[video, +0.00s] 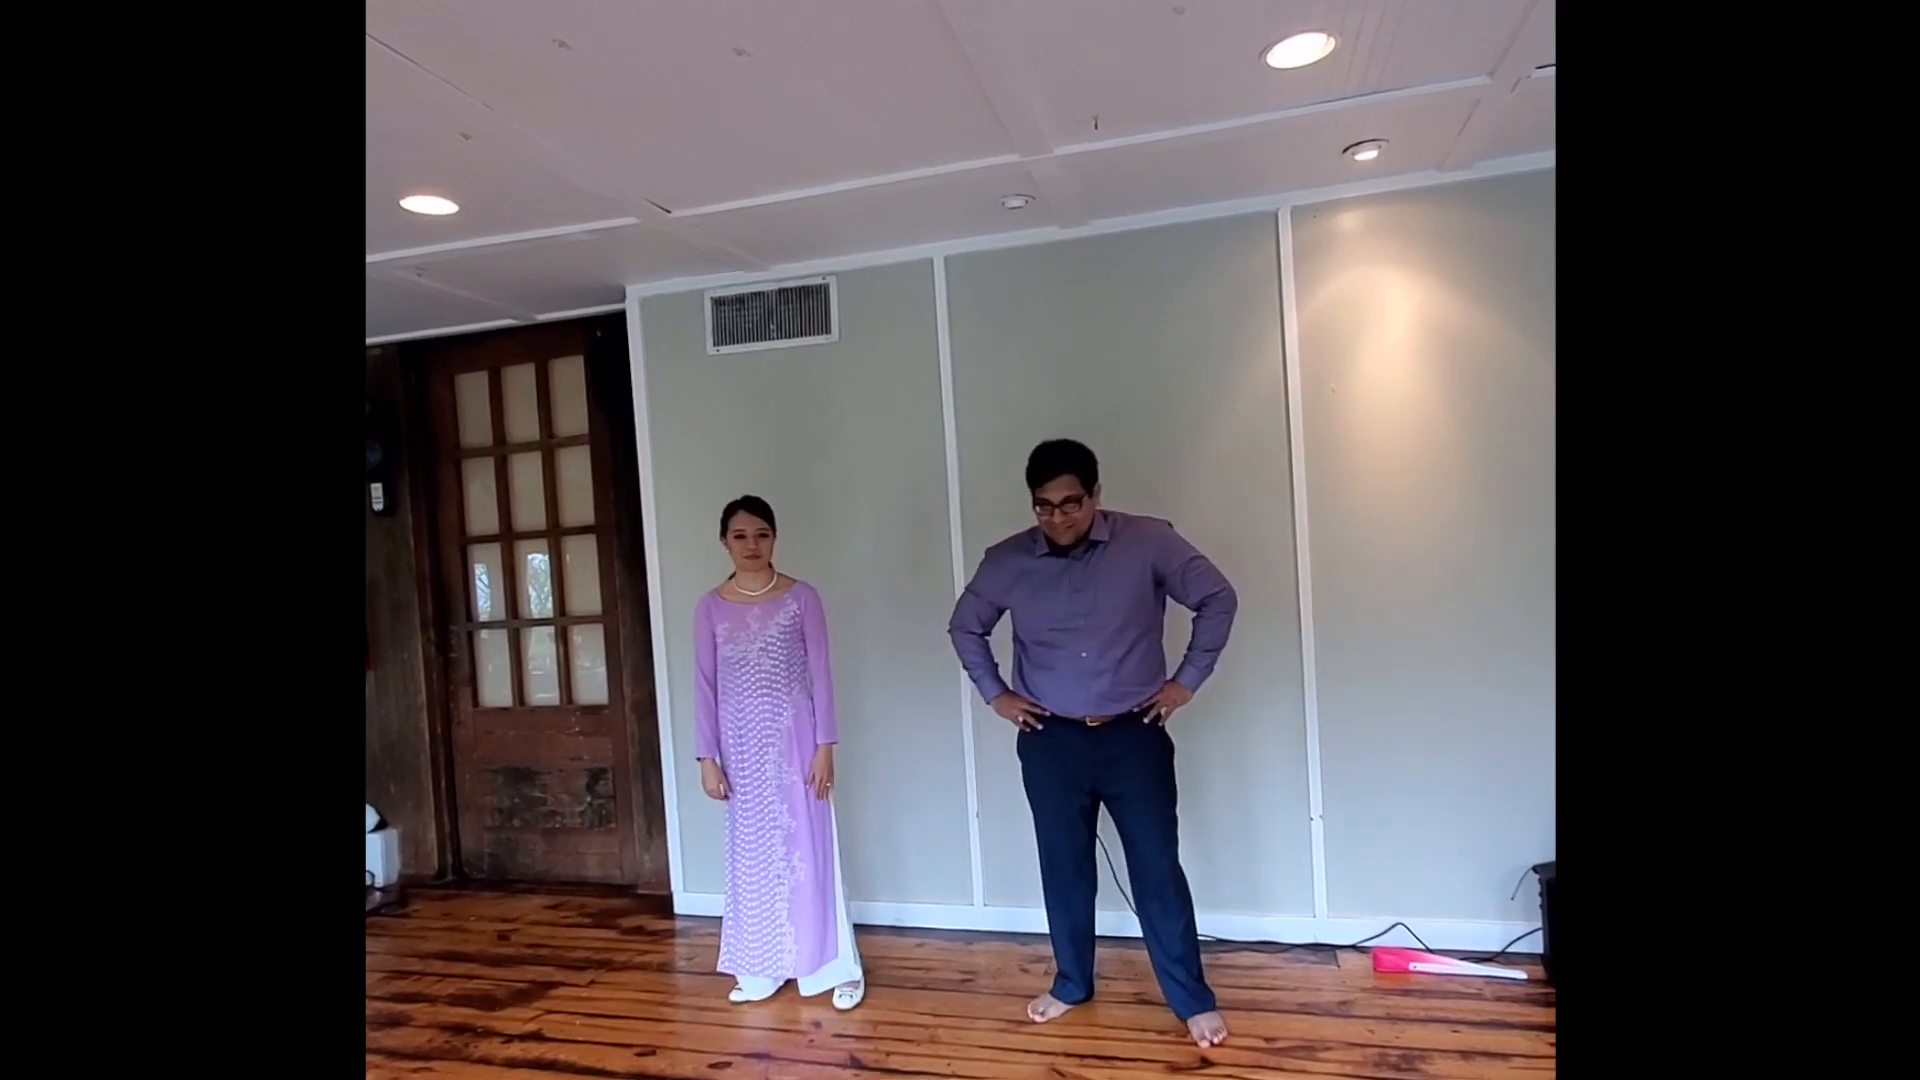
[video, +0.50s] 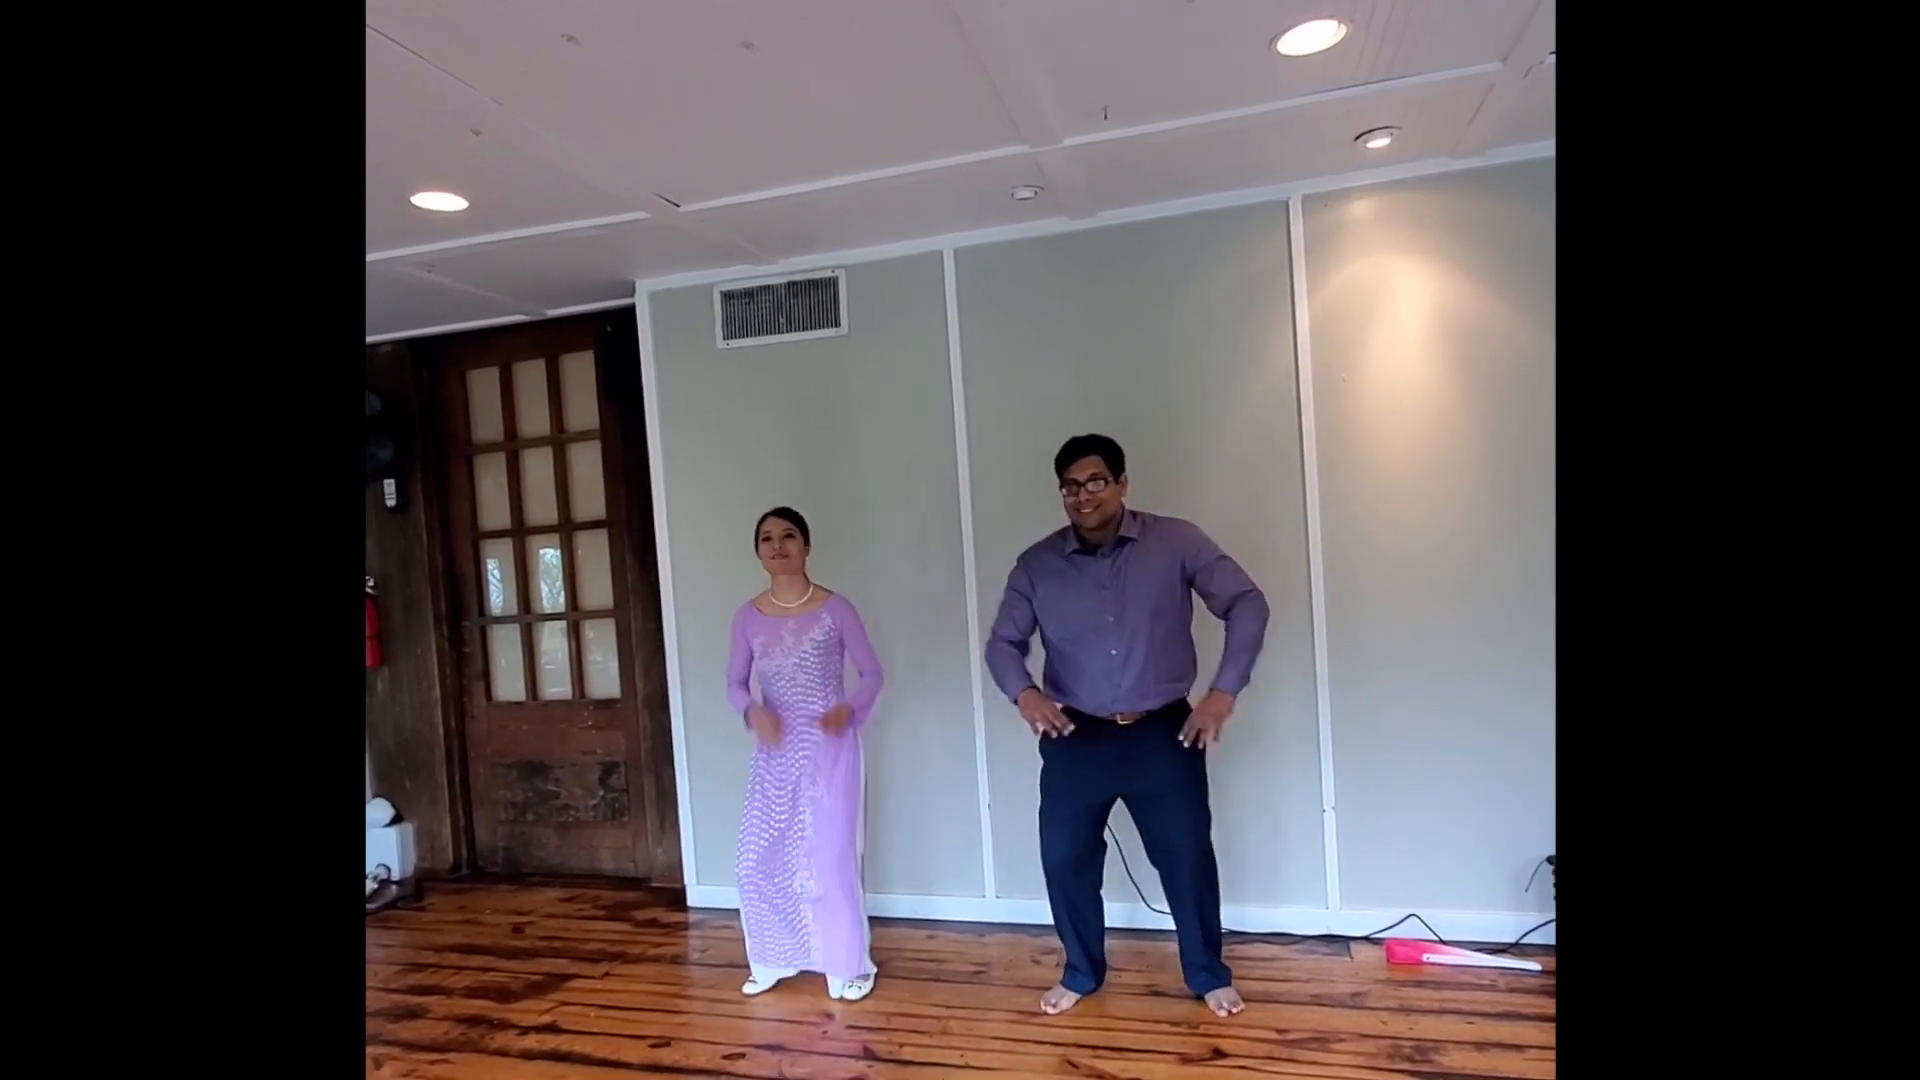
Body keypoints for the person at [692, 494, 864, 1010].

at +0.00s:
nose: (751, 544)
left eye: (761, 535)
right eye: (740, 536)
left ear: (775, 539)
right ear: (725, 542)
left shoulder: (802, 598)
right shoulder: (711, 607)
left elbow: (820, 677)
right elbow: (705, 686)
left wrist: (826, 746)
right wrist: (708, 755)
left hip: (795, 746)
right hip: (741, 752)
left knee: (810, 856)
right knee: (753, 858)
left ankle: (835, 968)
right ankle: (761, 969)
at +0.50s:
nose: (778, 546)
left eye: (788, 537)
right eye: (768, 540)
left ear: (806, 546)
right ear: (757, 552)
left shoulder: (836, 609)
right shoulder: (749, 617)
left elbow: (873, 675)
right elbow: (736, 683)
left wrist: (852, 709)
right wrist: (753, 710)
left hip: (828, 751)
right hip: (774, 755)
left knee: (831, 854)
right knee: (755, 856)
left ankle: (848, 966)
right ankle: (773, 958)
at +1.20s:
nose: (778, 583)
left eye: (789, 573)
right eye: (769, 572)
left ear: (807, 574)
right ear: (760, 575)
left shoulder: (829, 623)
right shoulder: (743, 624)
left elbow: (828, 692)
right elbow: (752, 687)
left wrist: (828, 753)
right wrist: (769, 737)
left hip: (811, 752)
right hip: (756, 754)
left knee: (847, 849)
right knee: (775, 863)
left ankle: (906, 969)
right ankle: (796, 963)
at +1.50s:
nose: (775, 549)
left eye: (785, 540)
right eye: (766, 541)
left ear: (806, 547)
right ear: (757, 550)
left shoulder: (831, 604)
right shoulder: (740, 610)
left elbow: (896, 627)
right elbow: (673, 643)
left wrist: (954, 614)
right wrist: (600, 635)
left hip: (824, 740)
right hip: (768, 744)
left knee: (842, 848)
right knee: (780, 854)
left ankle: (873, 951)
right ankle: (796, 960)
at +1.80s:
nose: (793, 546)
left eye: (804, 541)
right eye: (786, 541)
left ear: (825, 556)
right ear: (777, 557)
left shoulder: (843, 610)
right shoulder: (764, 616)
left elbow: (893, 564)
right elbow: (695, 594)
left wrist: (923, 497)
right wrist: (648, 537)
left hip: (838, 745)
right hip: (779, 747)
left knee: (833, 859)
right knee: (691, 800)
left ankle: (842, 960)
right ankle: (772, 829)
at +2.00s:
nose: (801, 539)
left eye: (812, 533)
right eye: (794, 534)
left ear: (832, 549)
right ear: (785, 549)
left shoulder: (842, 590)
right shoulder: (775, 597)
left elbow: (888, 527)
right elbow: (711, 561)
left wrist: (923, 464)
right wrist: (649, 515)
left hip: (838, 741)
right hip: (786, 745)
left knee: (837, 852)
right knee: (725, 846)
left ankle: (842, 962)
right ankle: (722, 955)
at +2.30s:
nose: (793, 551)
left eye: (805, 544)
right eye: (785, 544)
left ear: (823, 557)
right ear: (776, 557)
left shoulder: (838, 610)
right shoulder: (761, 622)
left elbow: (890, 629)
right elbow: (701, 665)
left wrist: (864, 566)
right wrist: (708, 608)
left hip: (837, 748)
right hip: (782, 753)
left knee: (834, 856)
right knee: (724, 852)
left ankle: (847, 964)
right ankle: (727, 961)